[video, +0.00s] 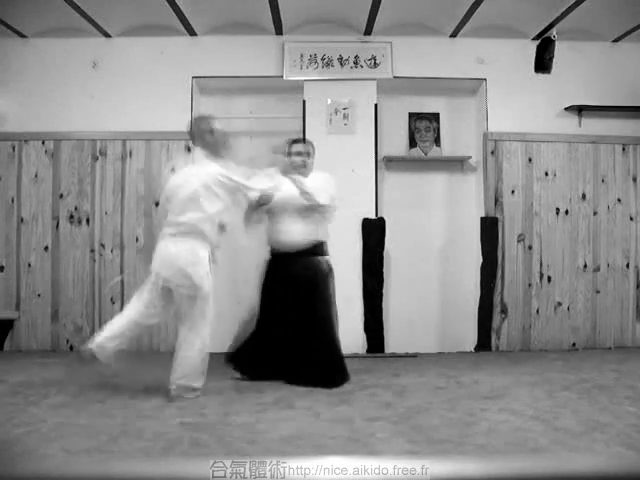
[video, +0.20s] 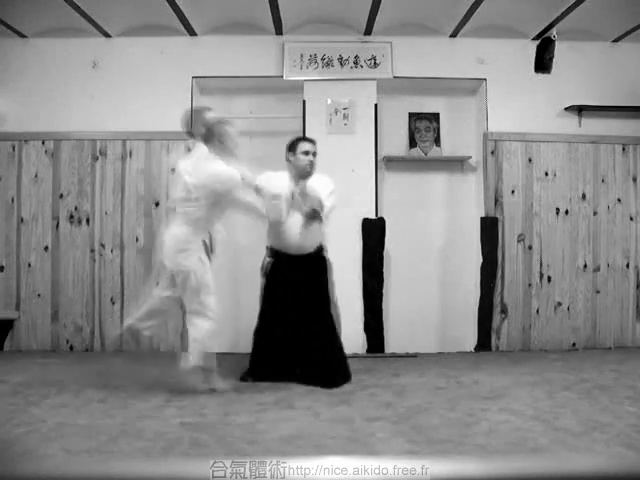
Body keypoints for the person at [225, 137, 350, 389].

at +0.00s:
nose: (300, 159)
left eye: (305, 155)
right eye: (296, 154)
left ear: (312, 158)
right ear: (286, 157)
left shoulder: (322, 181)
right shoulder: (273, 181)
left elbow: (323, 208)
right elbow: (250, 217)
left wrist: (297, 182)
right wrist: (258, 203)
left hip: (312, 258)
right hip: (280, 259)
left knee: (312, 317)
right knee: (275, 316)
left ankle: (315, 371)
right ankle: (274, 368)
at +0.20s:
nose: (311, 159)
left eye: (314, 155)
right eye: (305, 154)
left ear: (316, 159)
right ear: (290, 156)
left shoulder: (322, 185)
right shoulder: (272, 182)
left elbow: (314, 215)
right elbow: (244, 182)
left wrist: (300, 190)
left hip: (311, 261)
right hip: (280, 260)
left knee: (314, 319)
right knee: (276, 318)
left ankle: (318, 370)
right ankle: (272, 370)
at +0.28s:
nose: (308, 159)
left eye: (311, 154)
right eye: (302, 154)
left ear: (313, 158)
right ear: (287, 156)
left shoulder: (319, 186)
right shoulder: (268, 184)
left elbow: (314, 221)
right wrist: (283, 229)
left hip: (307, 261)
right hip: (276, 260)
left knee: (311, 318)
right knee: (274, 318)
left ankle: (316, 370)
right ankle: (272, 369)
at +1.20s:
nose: (274, 155)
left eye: (278, 151)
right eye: (268, 151)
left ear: (283, 155)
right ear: (257, 156)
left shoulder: (297, 182)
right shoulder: (244, 181)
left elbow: (312, 220)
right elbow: (255, 215)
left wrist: (315, 244)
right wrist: (291, 223)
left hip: (292, 258)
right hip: (259, 259)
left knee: (298, 320)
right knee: (259, 320)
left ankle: (308, 374)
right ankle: (258, 373)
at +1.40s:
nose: (276, 157)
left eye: (281, 152)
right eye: (270, 153)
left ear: (288, 156)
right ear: (262, 157)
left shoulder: (300, 188)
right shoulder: (246, 181)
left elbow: (308, 226)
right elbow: (236, 211)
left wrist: (313, 262)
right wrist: (259, 230)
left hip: (288, 260)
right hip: (255, 260)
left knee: (291, 318)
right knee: (256, 319)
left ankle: (307, 374)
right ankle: (256, 371)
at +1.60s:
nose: (283, 158)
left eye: (288, 154)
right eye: (278, 153)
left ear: (295, 158)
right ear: (269, 157)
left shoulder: (305, 191)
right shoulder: (248, 181)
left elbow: (312, 235)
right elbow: (226, 212)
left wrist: (319, 271)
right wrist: (225, 247)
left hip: (287, 264)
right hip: (252, 263)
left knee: (294, 324)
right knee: (253, 323)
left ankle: (308, 377)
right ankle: (256, 374)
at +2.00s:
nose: (270, 157)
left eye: (275, 153)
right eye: (264, 153)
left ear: (282, 156)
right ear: (255, 157)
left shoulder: (294, 188)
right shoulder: (237, 185)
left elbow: (307, 230)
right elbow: (222, 223)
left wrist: (318, 267)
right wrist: (215, 260)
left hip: (283, 263)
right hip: (249, 263)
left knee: (292, 322)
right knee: (250, 322)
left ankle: (307, 376)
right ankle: (254, 374)